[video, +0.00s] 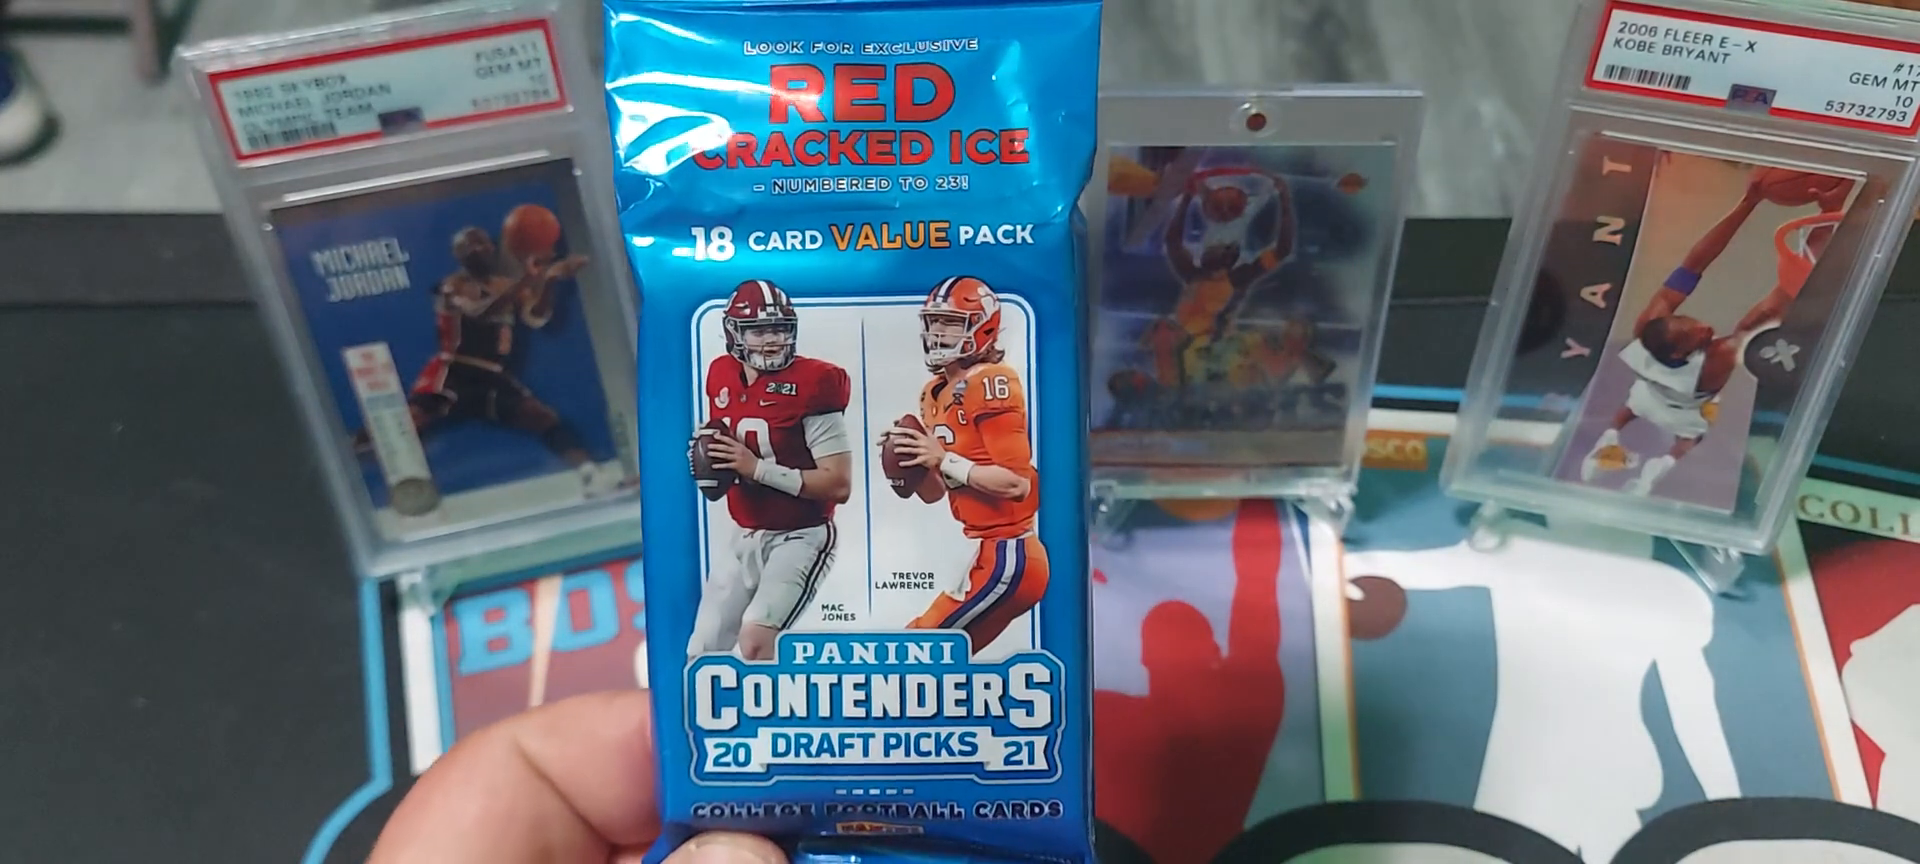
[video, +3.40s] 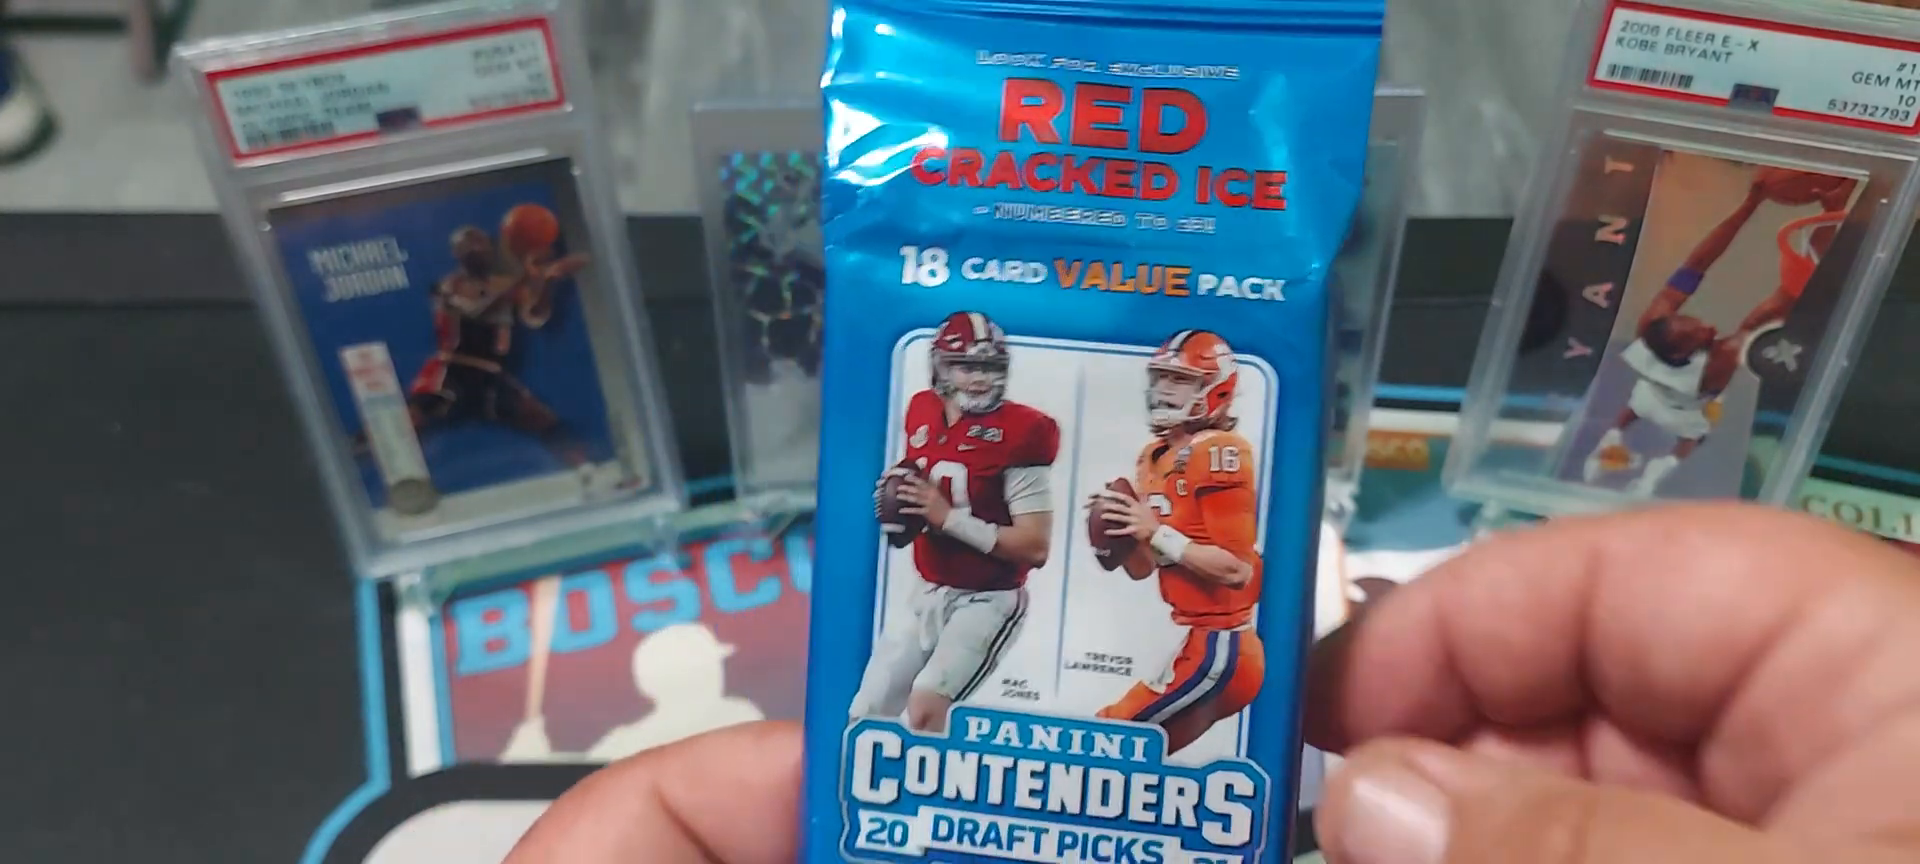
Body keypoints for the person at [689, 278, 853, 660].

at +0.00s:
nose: (770, 340)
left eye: (779, 329)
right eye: (758, 330)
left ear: (791, 331)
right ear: (735, 333)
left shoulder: (816, 382)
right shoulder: (722, 373)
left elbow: (839, 485)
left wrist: (756, 468)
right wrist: (704, 453)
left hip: (804, 537)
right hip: (745, 538)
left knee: (755, 642)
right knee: (703, 652)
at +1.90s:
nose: (795, 349)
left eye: (803, 338)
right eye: (783, 339)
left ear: (817, 339)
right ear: (759, 342)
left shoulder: (844, 393)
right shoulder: (746, 385)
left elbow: (871, 503)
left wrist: (784, 485)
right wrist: (730, 470)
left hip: (835, 559)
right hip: (774, 561)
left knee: (787, 673)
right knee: (733, 682)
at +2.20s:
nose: (805, 368)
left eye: (813, 357)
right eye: (791, 358)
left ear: (825, 358)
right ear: (767, 363)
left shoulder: (852, 413)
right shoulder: (754, 406)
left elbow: (877, 522)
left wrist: (791, 505)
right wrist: (739, 495)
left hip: (841, 577)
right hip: (780, 580)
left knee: (793, 691)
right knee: (738, 703)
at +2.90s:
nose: (852, 384)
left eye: (861, 372)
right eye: (838, 373)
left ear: (875, 375)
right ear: (813, 377)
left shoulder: (902, 432)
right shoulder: (802, 420)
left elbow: (925, 546)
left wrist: (836, 524)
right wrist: (783, 514)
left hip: (887, 602)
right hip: (826, 602)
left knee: (836, 715)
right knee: (779, 726)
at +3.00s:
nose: (904, 412)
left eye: (914, 400)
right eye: (890, 400)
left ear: (928, 402)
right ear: (865, 403)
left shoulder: (956, 461)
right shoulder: (852, 447)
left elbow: (975, 577)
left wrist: (885, 553)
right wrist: (832, 543)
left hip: (935, 635)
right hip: (871, 632)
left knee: (881, 748)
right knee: (823, 757)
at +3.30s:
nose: (959, 402)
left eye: (968, 391)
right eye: (946, 391)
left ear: (982, 394)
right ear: (919, 393)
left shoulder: (1004, 453)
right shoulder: (901, 436)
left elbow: (1021, 570)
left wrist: (932, 544)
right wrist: (877, 527)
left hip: (977, 626)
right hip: (910, 621)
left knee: (916, 738)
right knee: (858, 743)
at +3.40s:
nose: (979, 379)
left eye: (990, 367)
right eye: (967, 367)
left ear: (1004, 371)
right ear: (941, 369)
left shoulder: (1025, 429)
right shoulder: (923, 409)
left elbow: (1035, 547)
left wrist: (947, 517)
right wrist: (895, 494)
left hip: (991, 600)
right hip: (927, 594)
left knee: (926, 707)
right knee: (867, 712)